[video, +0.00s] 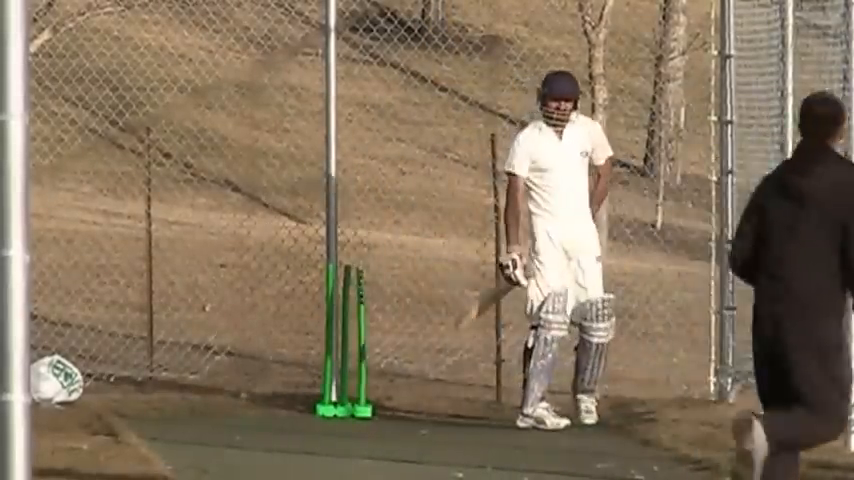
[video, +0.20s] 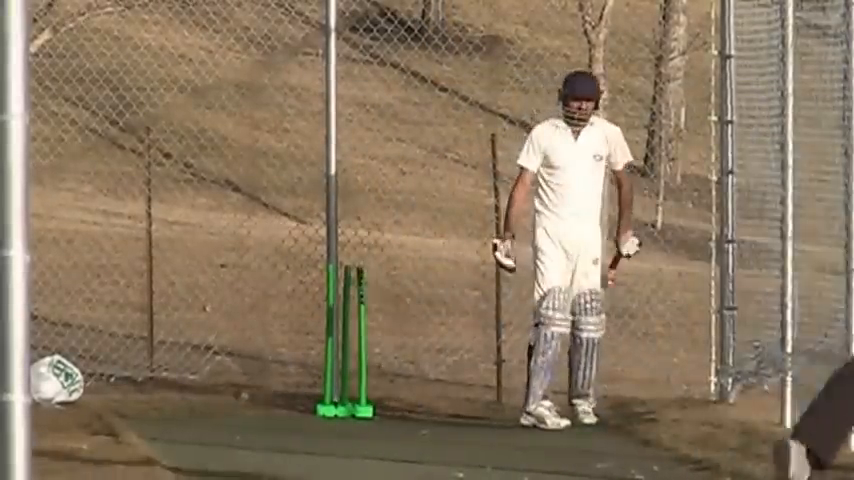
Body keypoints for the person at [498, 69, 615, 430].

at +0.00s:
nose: (560, 109)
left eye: (567, 103)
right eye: (553, 102)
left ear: (576, 104)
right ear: (542, 101)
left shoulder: (588, 130)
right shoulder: (527, 140)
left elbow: (605, 171)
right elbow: (514, 197)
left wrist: (589, 213)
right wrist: (514, 247)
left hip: (584, 238)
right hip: (546, 241)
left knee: (596, 316)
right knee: (551, 318)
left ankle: (586, 393)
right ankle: (533, 404)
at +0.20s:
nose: (580, 108)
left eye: (587, 102)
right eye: (573, 101)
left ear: (597, 104)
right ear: (562, 100)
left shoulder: (609, 135)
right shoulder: (543, 134)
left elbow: (624, 182)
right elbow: (521, 186)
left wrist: (623, 233)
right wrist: (508, 234)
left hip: (591, 241)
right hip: (551, 239)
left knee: (589, 320)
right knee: (552, 317)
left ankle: (583, 399)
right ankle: (535, 402)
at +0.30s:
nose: (592, 110)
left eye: (600, 105)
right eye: (586, 103)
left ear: (609, 106)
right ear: (574, 102)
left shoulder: (617, 139)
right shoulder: (551, 134)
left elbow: (632, 189)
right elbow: (526, 185)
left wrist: (639, 237)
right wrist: (508, 234)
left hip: (588, 244)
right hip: (551, 240)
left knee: (588, 323)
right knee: (551, 321)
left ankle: (582, 400)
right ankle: (543, 400)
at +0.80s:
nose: (580, 106)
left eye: (588, 100)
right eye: (574, 99)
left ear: (599, 103)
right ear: (565, 101)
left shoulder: (610, 142)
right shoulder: (554, 138)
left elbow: (614, 203)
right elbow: (543, 196)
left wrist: (621, 256)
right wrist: (515, 237)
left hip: (586, 246)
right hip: (547, 244)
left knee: (587, 321)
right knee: (526, 316)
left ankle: (582, 401)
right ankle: (528, 396)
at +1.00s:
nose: (567, 105)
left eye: (574, 99)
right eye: (560, 99)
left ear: (586, 100)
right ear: (552, 102)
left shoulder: (599, 137)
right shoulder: (543, 141)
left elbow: (594, 190)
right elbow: (536, 193)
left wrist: (583, 240)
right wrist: (521, 231)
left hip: (583, 247)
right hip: (544, 247)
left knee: (586, 323)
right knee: (523, 320)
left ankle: (583, 402)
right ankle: (535, 399)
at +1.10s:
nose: (558, 107)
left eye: (564, 100)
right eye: (550, 101)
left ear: (576, 99)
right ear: (542, 103)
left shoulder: (591, 135)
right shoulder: (535, 142)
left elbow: (587, 186)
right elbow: (527, 194)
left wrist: (564, 231)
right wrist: (519, 234)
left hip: (577, 247)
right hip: (537, 247)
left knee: (582, 320)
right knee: (525, 320)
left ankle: (582, 402)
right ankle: (539, 404)